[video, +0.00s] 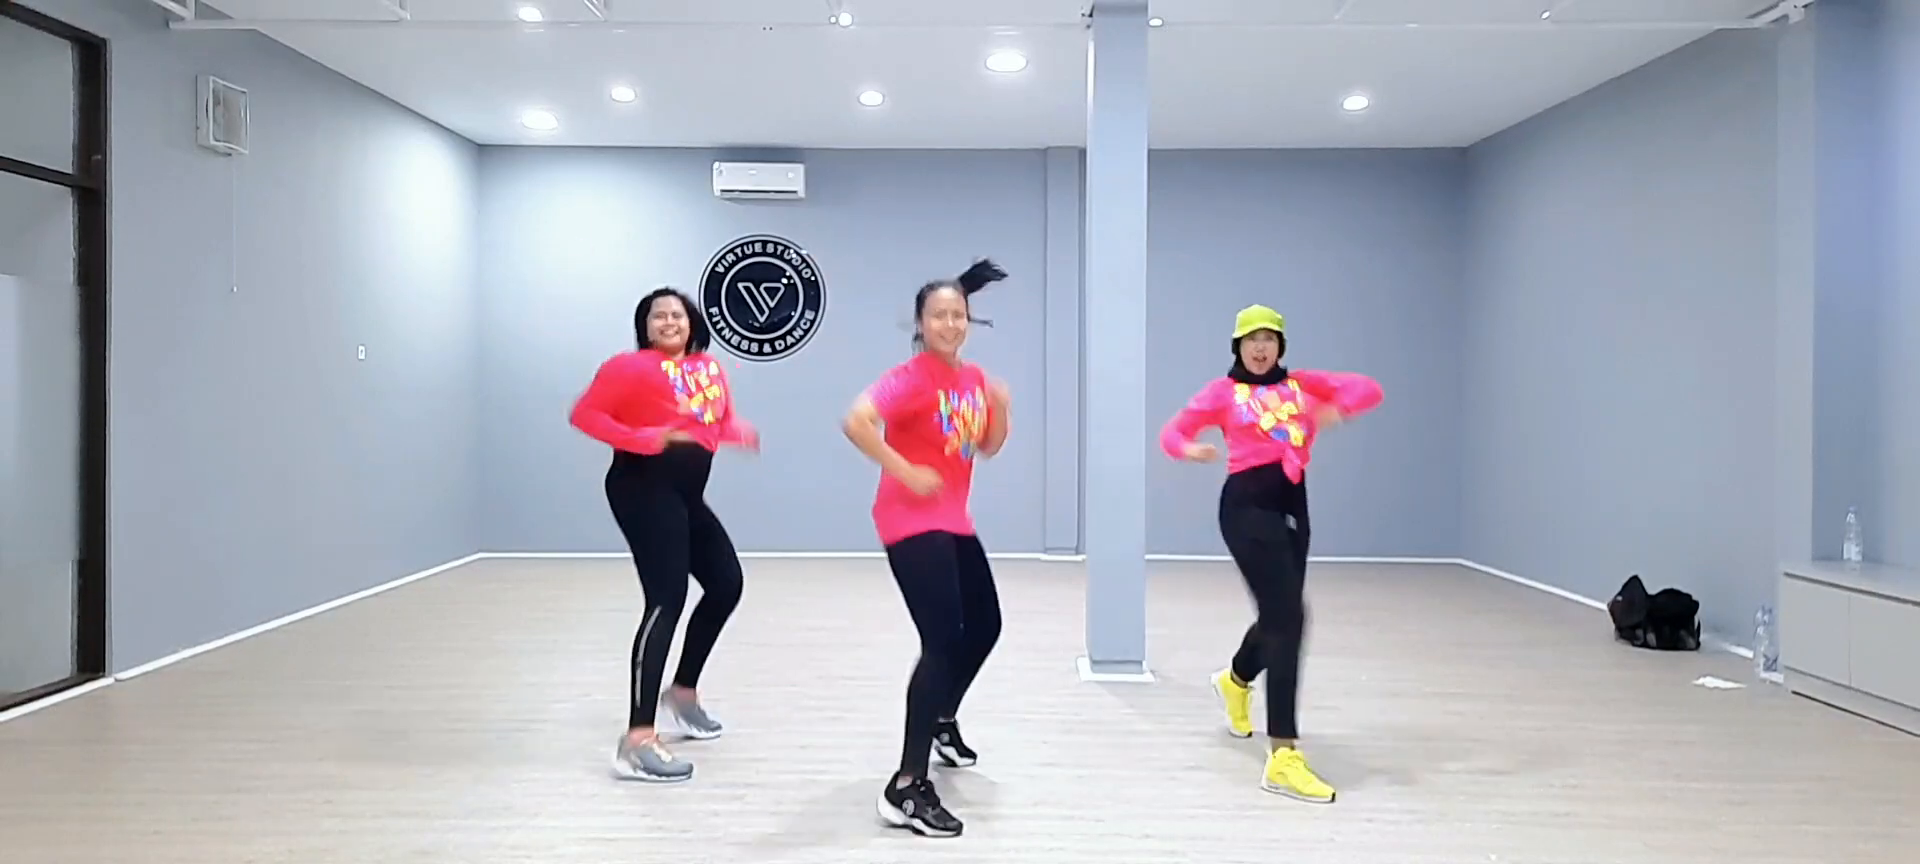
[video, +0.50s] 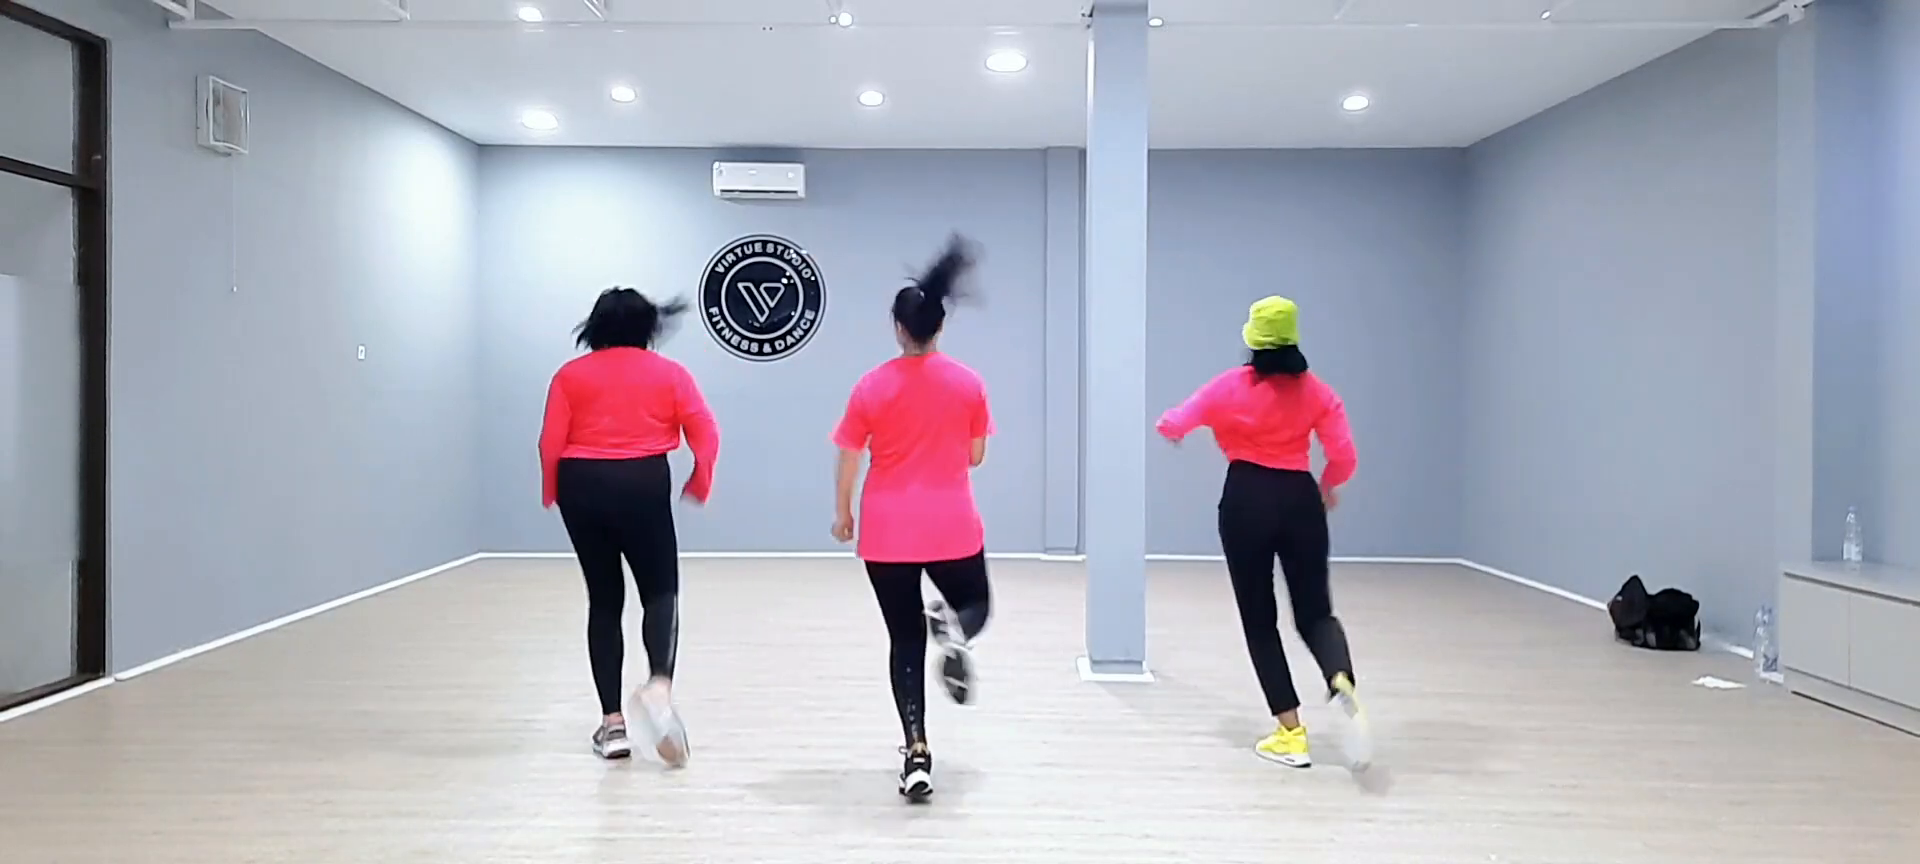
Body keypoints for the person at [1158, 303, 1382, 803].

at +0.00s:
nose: (1260, 348)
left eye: (1268, 340)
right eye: (1251, 340)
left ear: (1281, 346)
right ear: (1238, 347)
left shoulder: (1302, 384)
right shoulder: (1224, 392)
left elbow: (1370, 389)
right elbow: (1171, 434)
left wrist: (1336, 410)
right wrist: (1187, 450)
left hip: (1291, 505)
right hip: (1246, 505)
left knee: (1283, 610)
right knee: (1285, 613)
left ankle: (1237, 679)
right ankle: (1283, 754)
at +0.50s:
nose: (1246, 341)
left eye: (1248, 335)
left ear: (1251, 340)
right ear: (1294, 339)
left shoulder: (1229, 387)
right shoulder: (1317, 392)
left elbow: (1173, 425)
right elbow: (1344, 457)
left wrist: (1172, 427)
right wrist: (1327, 488)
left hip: (1244, 499)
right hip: (1300, 500)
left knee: (1259, 622)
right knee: (1315, 612)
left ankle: (1291, 732)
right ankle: (1342, 682)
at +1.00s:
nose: (1234, 338)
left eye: (1244, 331)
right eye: (1229, 331)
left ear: (1260, 339)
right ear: (1222, 338)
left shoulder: (1283, 382)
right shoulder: (1211, 387)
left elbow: (1329, 430)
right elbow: (1187, 424)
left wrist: (1292, 466)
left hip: (1264, 500)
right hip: (1212, 498)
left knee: (1272, 597)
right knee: (1215, 598)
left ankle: (1292, 704)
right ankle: (1224, 691)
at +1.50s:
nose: (1253, 337)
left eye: (1260, 329)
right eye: (1245, 330)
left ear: (1274, 334)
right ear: (1233, 336)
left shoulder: (1295, 375)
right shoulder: (1220, 368)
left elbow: (1336, 423)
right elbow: (1195, 315)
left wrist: (1302, 462)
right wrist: (1231, 275)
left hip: (1273, 492)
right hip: (1219, 487)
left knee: (1288, 594)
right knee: (1174, 580)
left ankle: (1313, 695)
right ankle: (1140, 680)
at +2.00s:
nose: (1224, 337)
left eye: (1232, 329)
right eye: (1216, 329)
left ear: (1243, 334)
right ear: (1204, 333)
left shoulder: (1262, 371)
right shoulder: (1183, 367)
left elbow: (1295, 414)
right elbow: (1135, 343)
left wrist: (1278, 449)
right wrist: (1126, 298)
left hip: (1249, 487)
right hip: (1196, 486)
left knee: (1271, 591)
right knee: (1160, 583)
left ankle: (1296, 696)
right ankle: (1139, 691)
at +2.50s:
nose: (1193, 346)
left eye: (1201, 338)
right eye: (1186, 339)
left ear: (1215, 343)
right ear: (1174, 344)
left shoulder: (1236, 385)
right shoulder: (1163, 375)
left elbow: (1268, 437)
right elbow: (1134, 325)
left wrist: (1235, 480)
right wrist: (1175, 311)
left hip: (1200, 497)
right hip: (1149, 489)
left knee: (1241, 594)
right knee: (1134, 591)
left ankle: (1272, 703)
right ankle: (1114, 691)